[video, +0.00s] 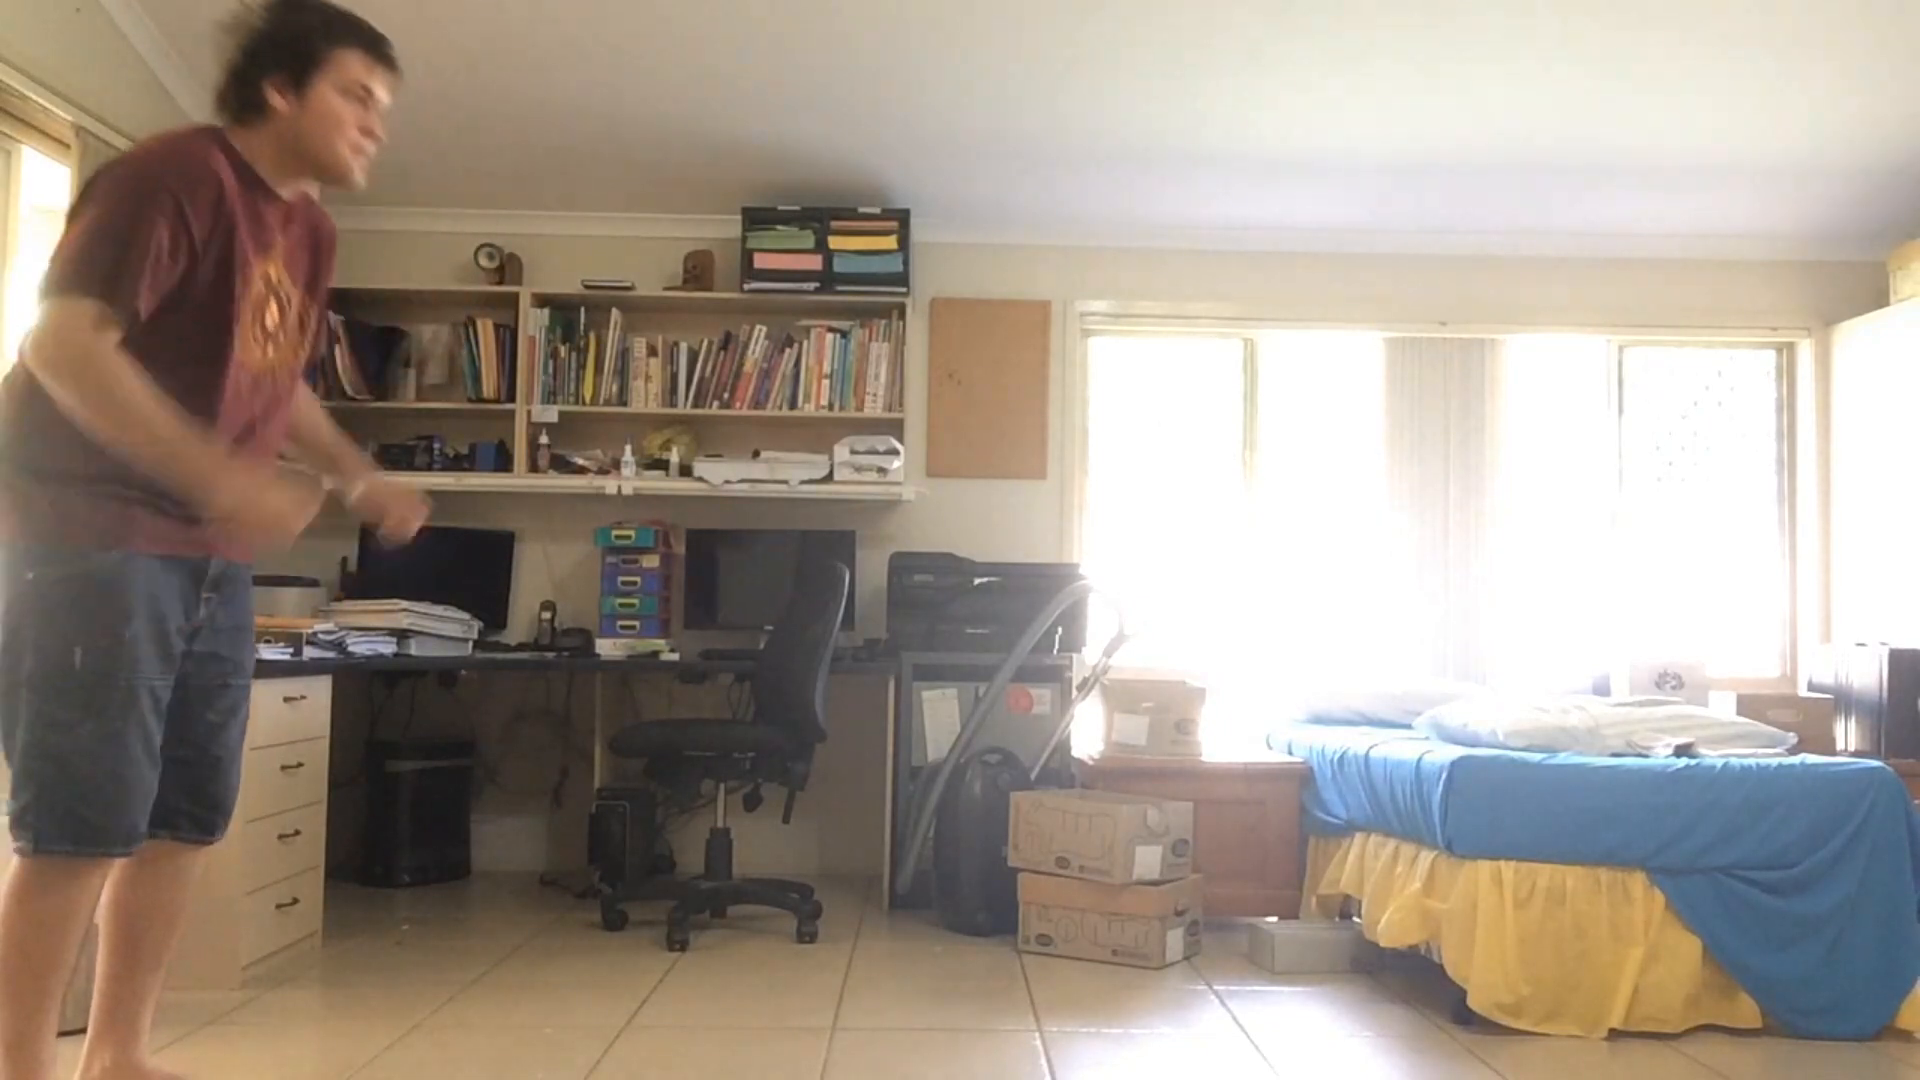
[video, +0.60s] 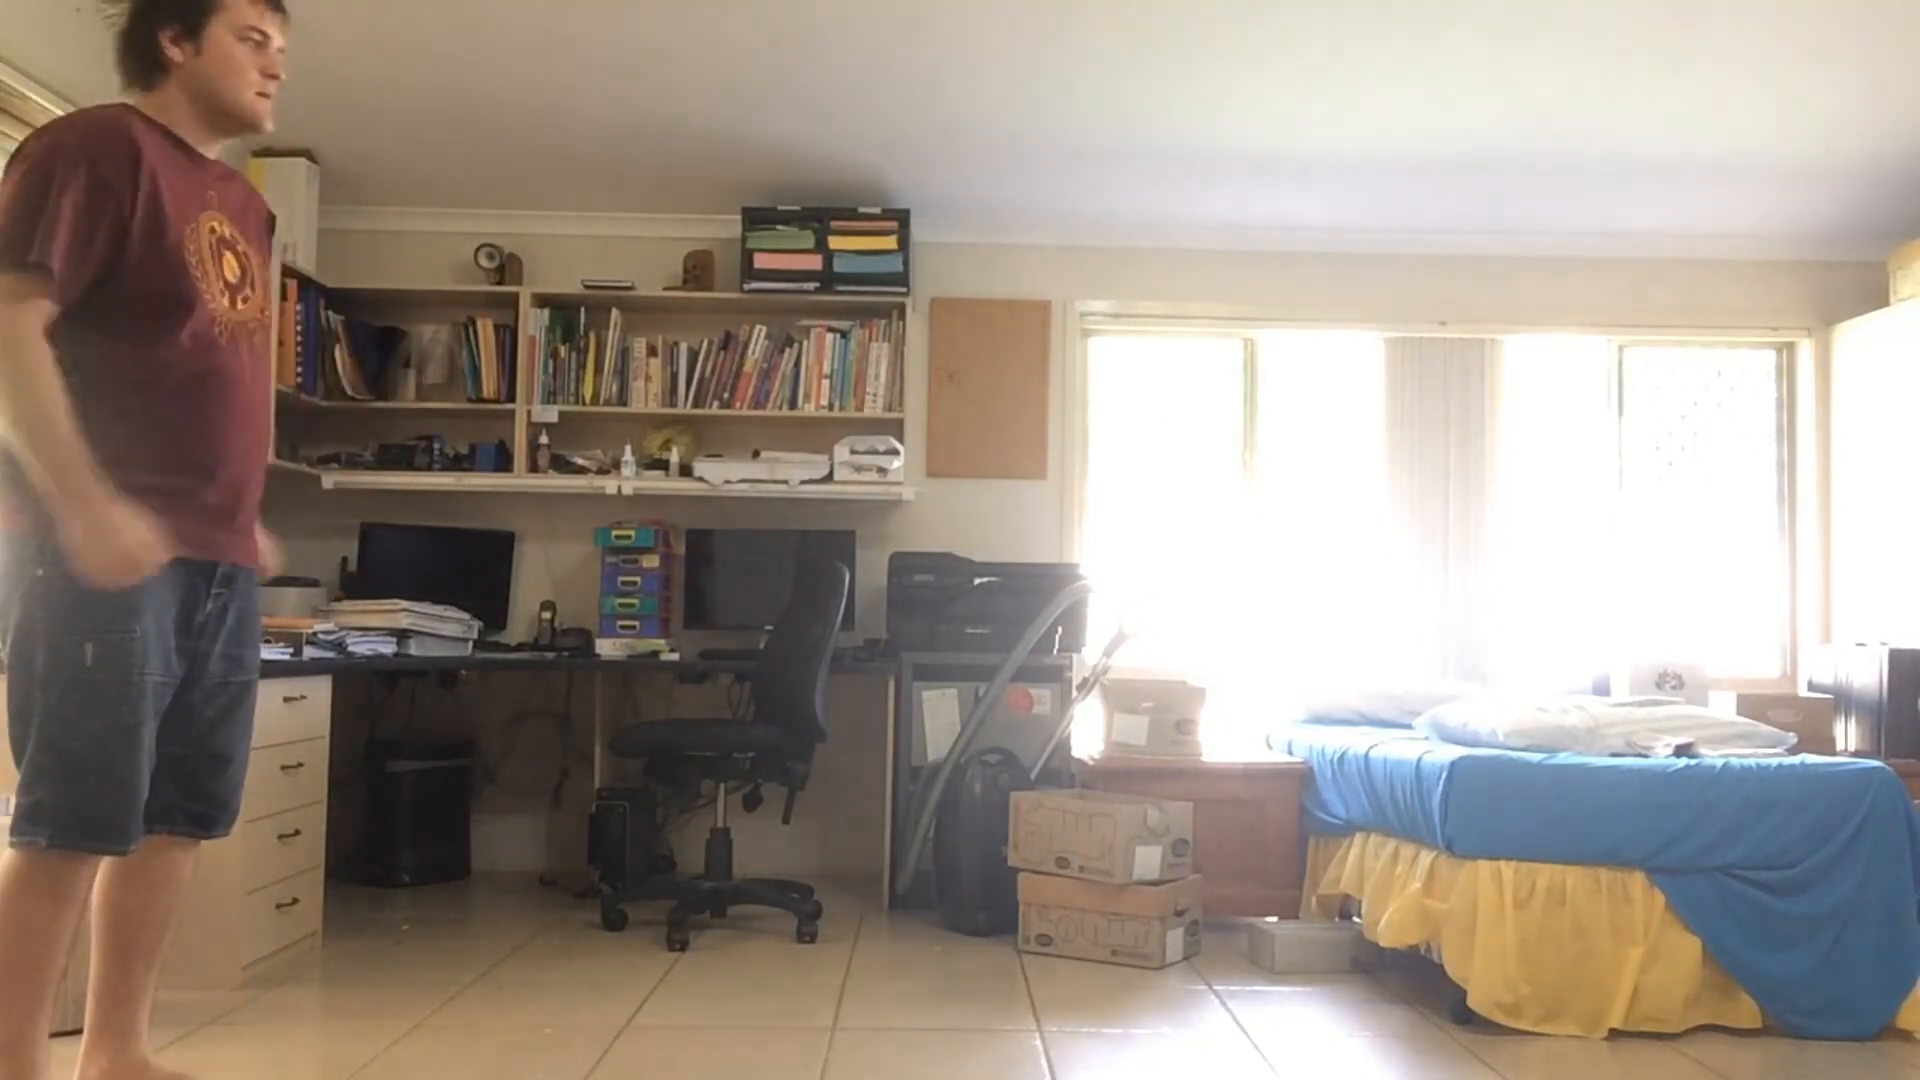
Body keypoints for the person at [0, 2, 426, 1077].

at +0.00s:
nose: (378, 124)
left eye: (383, 108)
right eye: (360, 96)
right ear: (282, 89)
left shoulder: (311, 231)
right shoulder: (174, 174)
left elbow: (274, 386)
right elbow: (63, 340)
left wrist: (360, 478)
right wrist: (216, 477)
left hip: (213, 551)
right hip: (91, 542)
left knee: (176, 824)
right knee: (74, 829)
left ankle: (116, 1058)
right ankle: (25, 1062)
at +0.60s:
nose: (278, 61)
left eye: (282, 44)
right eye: (256, 34)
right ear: (178, 42)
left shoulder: (250, 204)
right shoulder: (90, 147)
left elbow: (227, 373)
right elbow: (11, 325)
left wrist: (240, 518)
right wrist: (89, 509)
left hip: (222, 555)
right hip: (102, 546)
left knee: (172, 818)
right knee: (67, 824)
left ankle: (116, 1054)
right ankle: (19, 1060)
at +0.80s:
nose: (366, 123)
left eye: (372, 107)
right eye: (347, 93)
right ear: (268, 85)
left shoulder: (296, 235)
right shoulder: (145, 171)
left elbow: (232, 390)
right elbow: (5, 303)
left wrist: (204, 525)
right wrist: (1, 498)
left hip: (201, 558)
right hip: (74, 543)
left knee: (168, 818)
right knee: (58, 825)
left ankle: (117, 1052)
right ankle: (18, 1063)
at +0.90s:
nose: (421, 193)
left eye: (426, 176)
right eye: (404, 164)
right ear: (324, 156)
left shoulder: (332, 293)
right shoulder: (189, 218)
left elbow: (243, 420)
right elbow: (11, 300)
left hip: (182, 560)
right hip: (57, 545)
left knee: (180, 814)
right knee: (67, 820)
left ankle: (115, 1056)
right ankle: (17, 1061)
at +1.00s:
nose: (465, 292)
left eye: (471, 273)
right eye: (449, 262)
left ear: (383, 262)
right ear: (372, 248)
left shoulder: (360, 363)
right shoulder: (226, 290)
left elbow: (229, 476)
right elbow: (26, 333)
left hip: (166, 582)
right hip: (45, 567)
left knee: (208, 806)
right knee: (96, 815)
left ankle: (117, 1056)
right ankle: (20, 1063)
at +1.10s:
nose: (490, 400)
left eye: (498, 384)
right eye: (479, 373)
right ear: (404, 350)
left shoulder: (378, 438)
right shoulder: (250, 379)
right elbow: (32, 386)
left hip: (166, 604)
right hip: (47, 583)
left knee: (239, 816)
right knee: (134, 834)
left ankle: (118, 1059)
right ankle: (25, 1065)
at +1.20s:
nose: (519, 486)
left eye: (529, 466)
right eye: (509, 457)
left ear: (437, 442)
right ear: (435, 435)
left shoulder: (397, 504)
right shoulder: (294, 453)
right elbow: (68, 475)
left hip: (178, 643)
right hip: (56, 623)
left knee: (268, 839)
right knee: (184, 852)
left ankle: (120, 1061)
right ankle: (34, 1069)